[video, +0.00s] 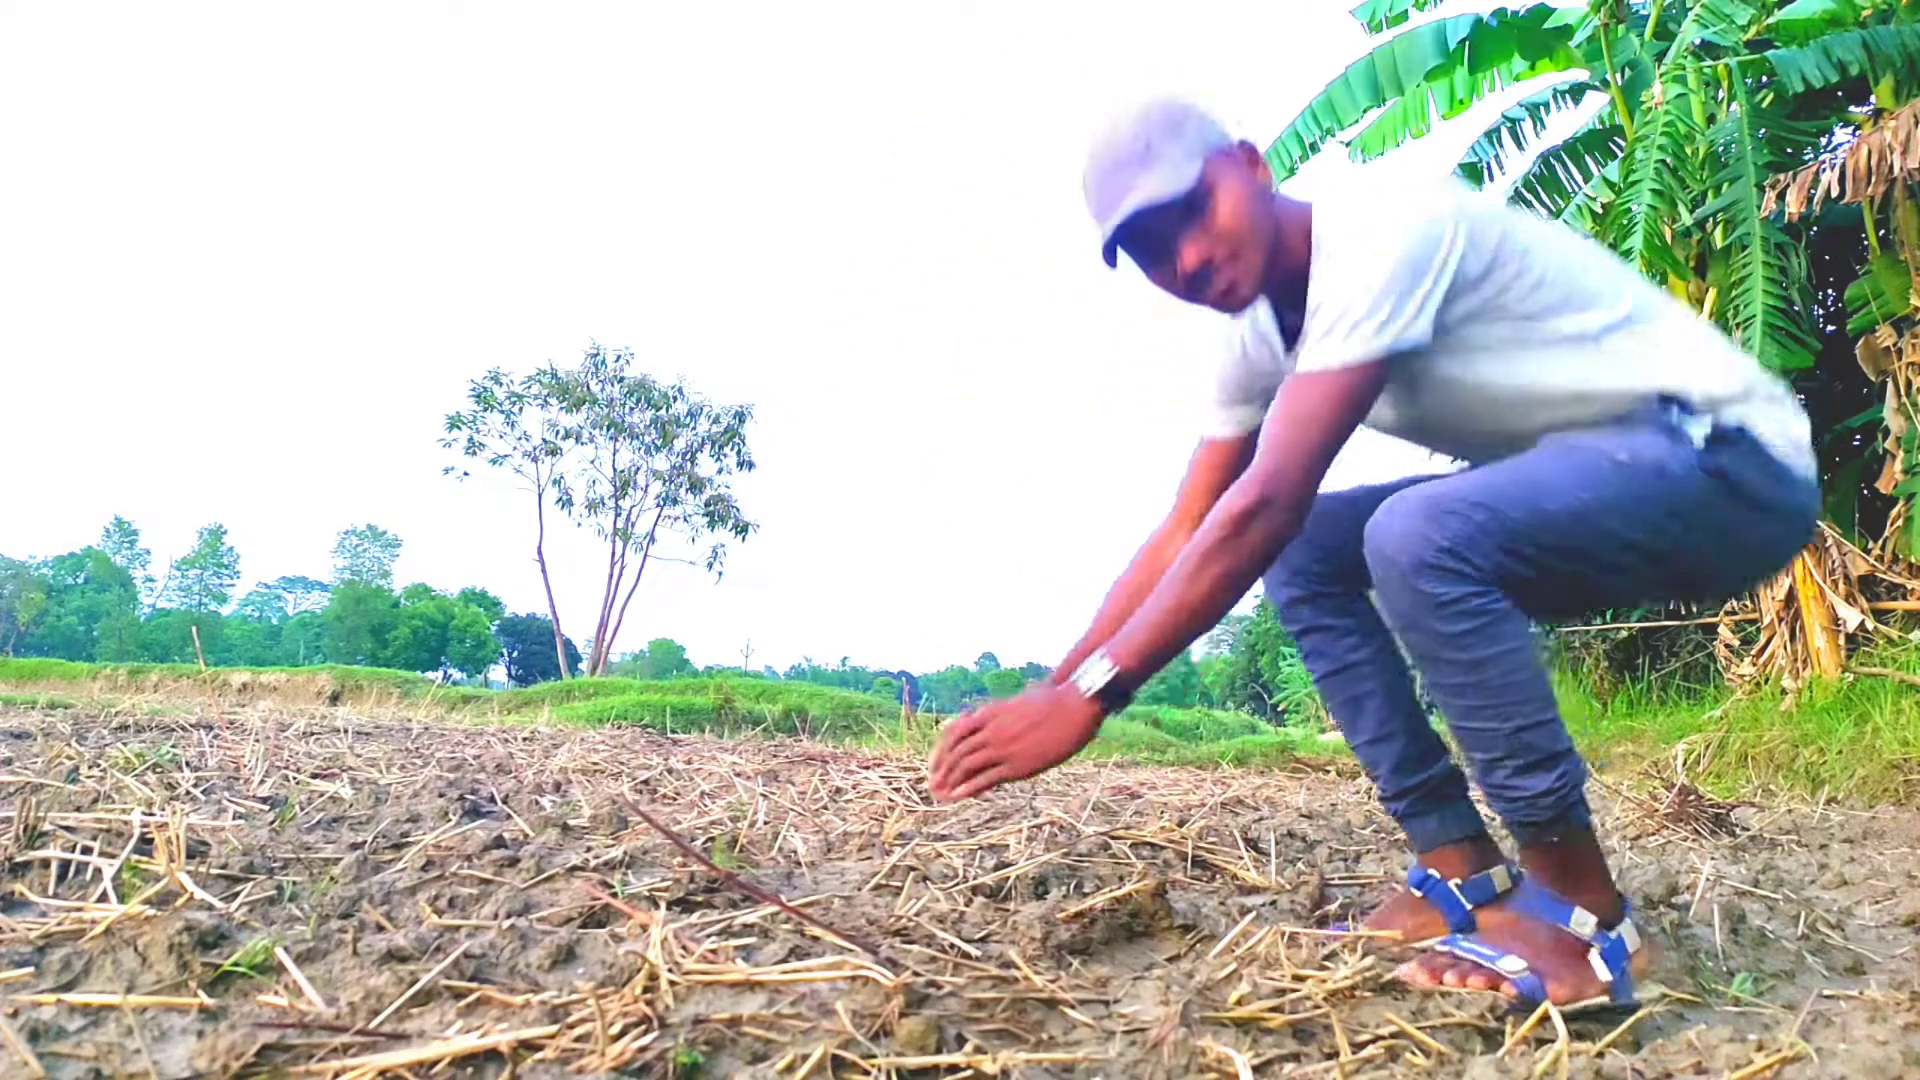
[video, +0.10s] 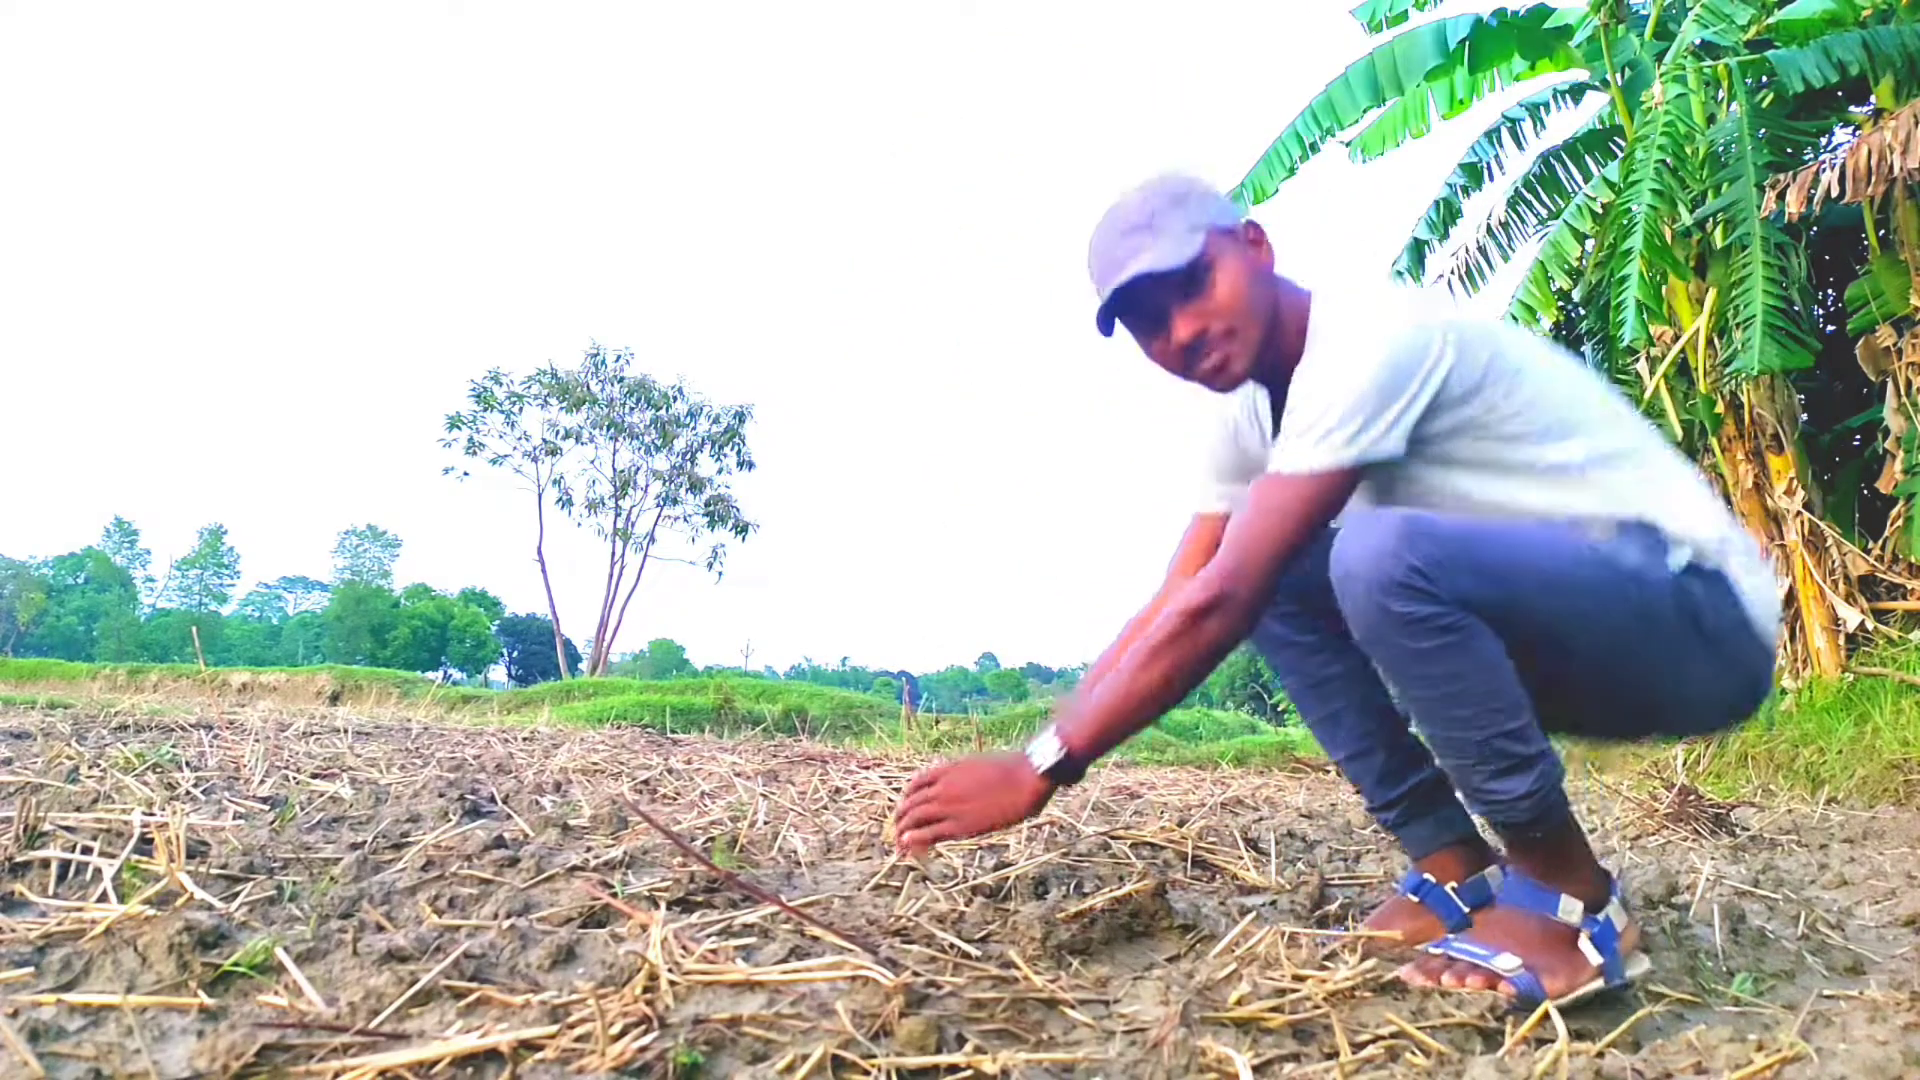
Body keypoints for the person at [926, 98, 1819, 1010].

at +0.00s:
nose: (1184, 261)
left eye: (1190, 212)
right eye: (1148, 251)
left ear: (1250, 168)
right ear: (1142, 270)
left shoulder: (1387, 224)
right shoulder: (1261, 333)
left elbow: (1265, 513)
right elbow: (1193, 521)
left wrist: (1088, 699)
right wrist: (1061, 686)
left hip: (1720, 457)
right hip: (1596, 468)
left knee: (1423, 543)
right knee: (1310, 551)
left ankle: (1581, 918)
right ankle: (1462, 881)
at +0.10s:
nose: (1176, 333)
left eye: (1185, 285)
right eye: (1142, 321)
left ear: (1256, 245)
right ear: (1135, 342)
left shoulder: (1374, 341)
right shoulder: (1246, 419)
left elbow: (1222, 606)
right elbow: (1181, 604)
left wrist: (1040, 767)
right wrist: (1037, 763)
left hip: (1697, 617)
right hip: (1582, 640)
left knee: (1382, 555)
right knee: (1275, 576)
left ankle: (1568, 897)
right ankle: (1454, 873)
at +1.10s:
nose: (1246, 205)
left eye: (1277, 169)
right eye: (1221, 187)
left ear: (1350, 179)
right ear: (1207, 216)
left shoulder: (1410, 265)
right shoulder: (1281, 349)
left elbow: (1153, 282)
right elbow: (1093, 390)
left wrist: (992, 206)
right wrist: (984, 239)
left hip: (1585, 682)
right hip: (1464, 694)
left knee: (1279, 597)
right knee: (1158, 639)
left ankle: (1535, 859)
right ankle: (1436, 865)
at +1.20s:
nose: (1256, 199)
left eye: (1287, 164)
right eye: (1232, 186)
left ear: (1358, 174)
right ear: (1212, 209)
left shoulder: (1411, 262)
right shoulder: (1279, 342)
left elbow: (1155, 262)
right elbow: (1098, 368)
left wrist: (997, 180)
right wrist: (992, 216)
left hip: (1581, 684)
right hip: (1459, 697)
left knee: (1276, 603)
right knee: (1156, 642)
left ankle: (1535, 857)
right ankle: (1436, 859)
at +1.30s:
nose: (1262, 191)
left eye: (1292, 155)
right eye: (1237, 178)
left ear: (1364, 164)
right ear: (1217, 201)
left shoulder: (1419, 256)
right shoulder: (1287, 331)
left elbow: (1158, 246)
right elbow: (1106, 348)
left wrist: (1003, 161)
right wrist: (999, 200)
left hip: (1580, 681)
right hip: (1459, 689)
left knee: (1270, 606)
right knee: (1156, 644)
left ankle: (1538, 861)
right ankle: (1436, 864)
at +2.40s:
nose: (1267, 188)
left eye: (1299, 152)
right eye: (1239, 171)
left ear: (1370, 166)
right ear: (1227, 195)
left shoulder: (1423, 248)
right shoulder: (1296, 331)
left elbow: (1160, 246)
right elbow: (1115, 351)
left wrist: (993, 187)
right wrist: (990, 222)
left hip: (1566, 677)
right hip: (1441, 691)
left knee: (1265, 609)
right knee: (1132, 674)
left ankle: (1529, 852)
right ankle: (1426, 860)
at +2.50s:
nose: (1268, 183)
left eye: (1300, 149)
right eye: (1241, 168)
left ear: (1371, 164)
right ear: (1228, 193)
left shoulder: (1425, 246)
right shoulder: (1297, 330)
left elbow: (1158, 243)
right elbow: (1114, 348)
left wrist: (995, 179)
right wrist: (992, 219)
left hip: (1565, 674)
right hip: (1441, 689)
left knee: (1266, 610)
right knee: (1129, 674)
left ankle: (1529, 851)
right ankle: (1424, 857)